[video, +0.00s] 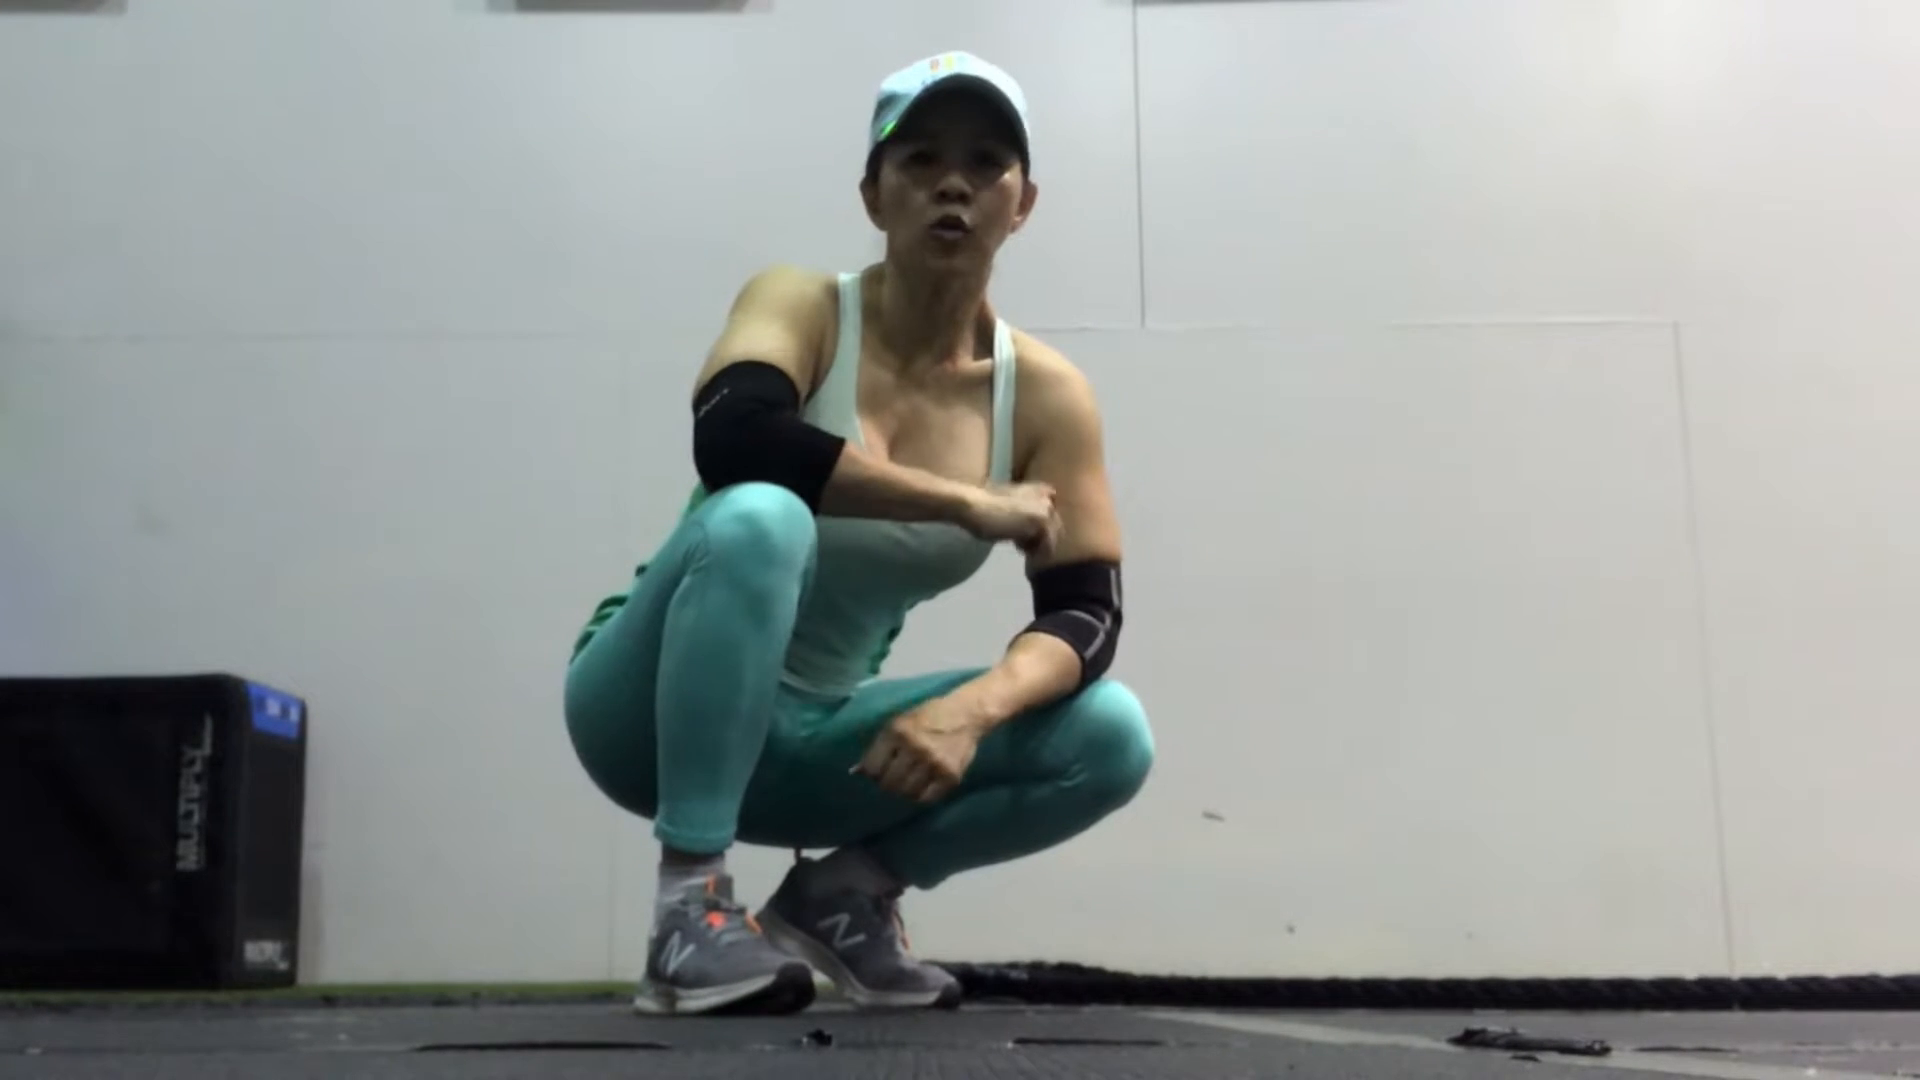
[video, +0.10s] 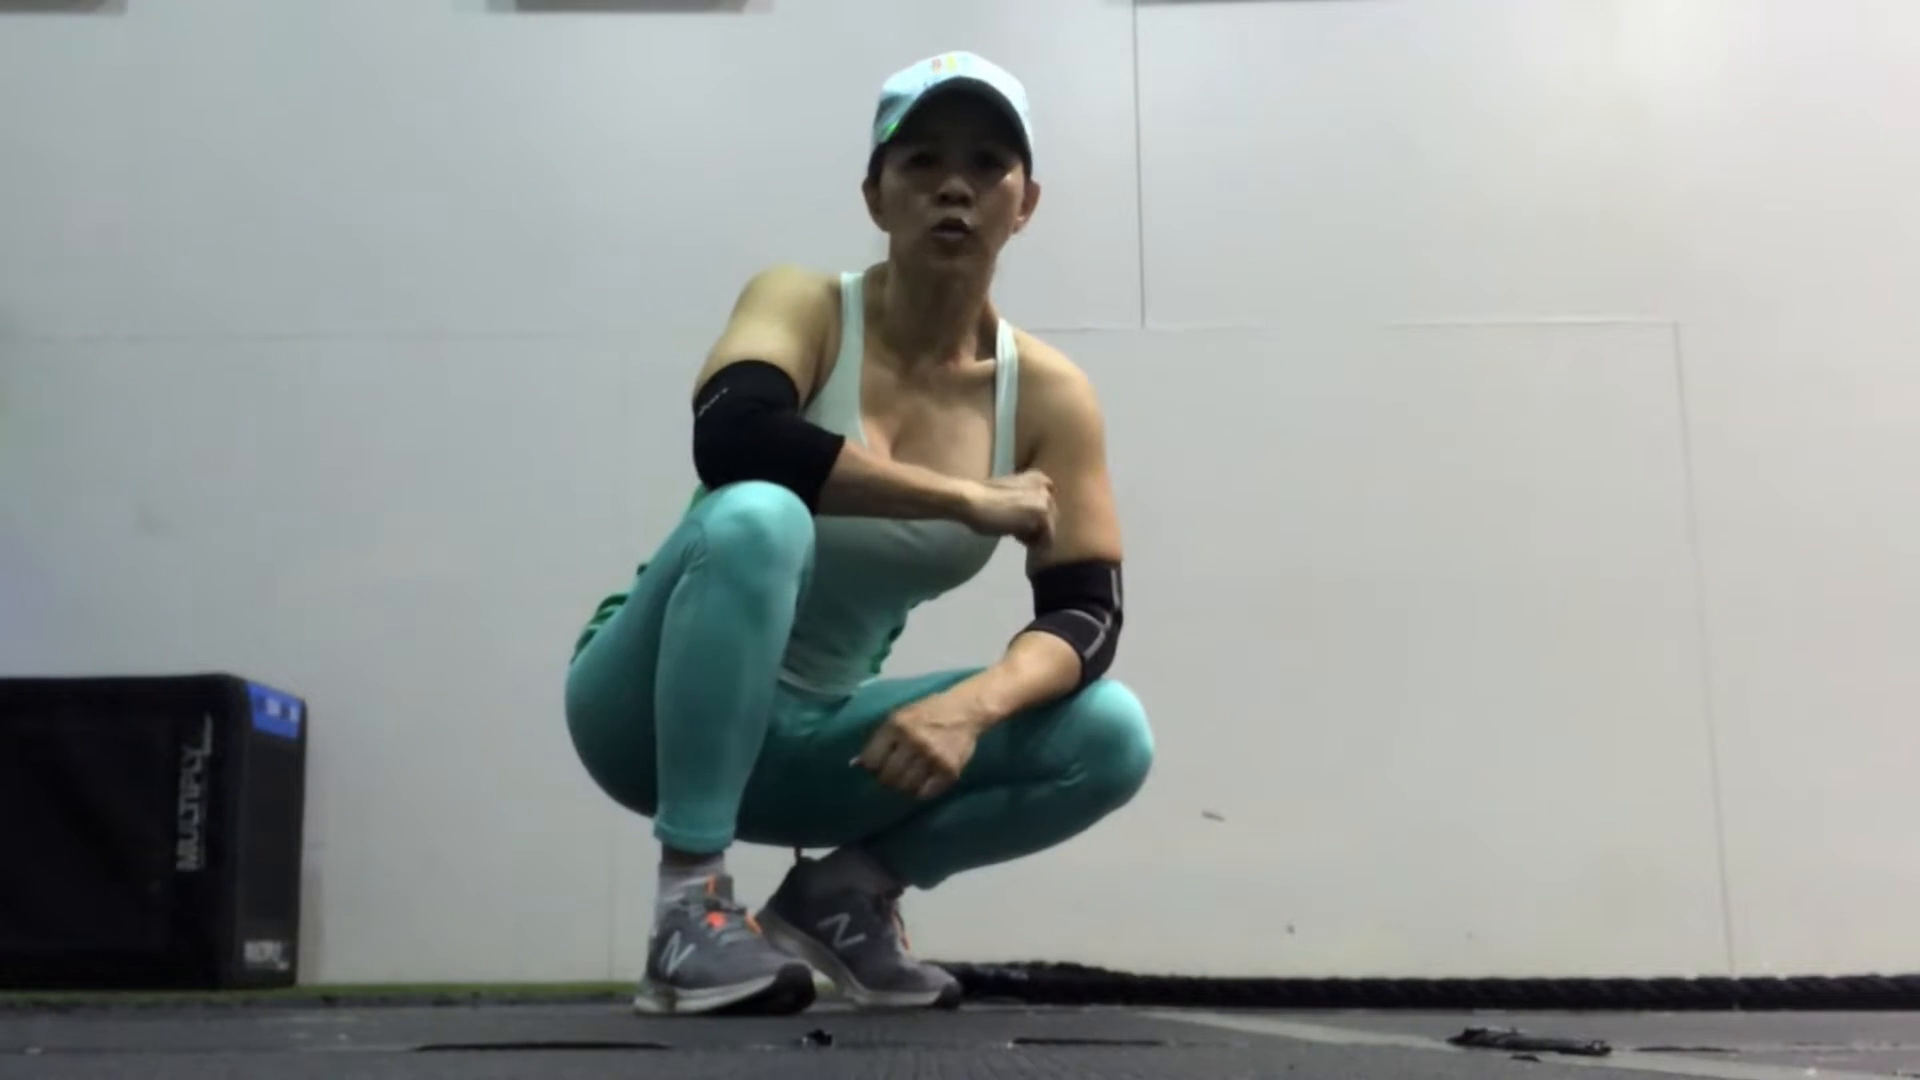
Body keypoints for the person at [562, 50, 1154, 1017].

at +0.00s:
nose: (952, 184)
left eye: (983, 162)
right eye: (922, 159)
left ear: (1022, 202)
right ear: (874, 193)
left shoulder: (1043, 394)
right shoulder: (796, 305)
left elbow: (1084, 617)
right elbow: (736, 440)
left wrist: (974, 707)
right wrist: (967, 502)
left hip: (818, 743)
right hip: (655, 709)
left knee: (1108, 737)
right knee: (759, 521)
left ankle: (841, 893)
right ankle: (692, 909)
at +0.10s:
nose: (953, 185)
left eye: (985, 163)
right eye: (923, 161)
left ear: (1025, 202)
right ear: (877, 195)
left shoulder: (1046, 395)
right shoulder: (799, 305)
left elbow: (1084, 617)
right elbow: (736, 439)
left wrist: (972, 705)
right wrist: (968, 499)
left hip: (820, 743)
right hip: (657, 709)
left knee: (1107, 737)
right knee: (758, 520)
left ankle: (841, 893)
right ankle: (692, 908)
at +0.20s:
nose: (956, 189)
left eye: (988, 167)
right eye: (926, 163)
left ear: (1028, 204)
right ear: (879, 195)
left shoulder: (1046, 395)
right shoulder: (801, 306)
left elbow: (1085, 618)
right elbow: (734, 438)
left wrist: (973, 705)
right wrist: (964, 494)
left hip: (822, 745)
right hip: (658, 710)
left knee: (1108, 738)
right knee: (760, 520)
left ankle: (841, 894)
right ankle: (692, 909)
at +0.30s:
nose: (957, 192)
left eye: (988, 169)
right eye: (926, 165)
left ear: (1029, 204)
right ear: (880, 194)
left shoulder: (1047, 396)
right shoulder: (802, 307)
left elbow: (1086, 619)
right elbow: (734, 438)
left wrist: (970, 707)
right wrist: (962, 497)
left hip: (822, 746)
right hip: (659, 711)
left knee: (1109, 739)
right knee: (760, 519)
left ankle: (841, 894)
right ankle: (692, 909)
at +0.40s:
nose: (955, 193)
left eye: (988, 169)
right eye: (926, 165)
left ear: (1029, 205)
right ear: (880, 193)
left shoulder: (1048, 397)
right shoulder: (802, 307)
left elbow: (1087, 619)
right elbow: (732, 436)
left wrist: (972, 706)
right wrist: (960, 497)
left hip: (824, 746)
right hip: (661, 711)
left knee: (1109, 740)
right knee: (758, 519)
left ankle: (841, 894)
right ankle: (692, 910)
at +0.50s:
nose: (956, 192)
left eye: (988, 169)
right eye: (926, 165)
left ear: (1029, 205)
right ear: (880, 193)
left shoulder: (1048, 396)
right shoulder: (801, 307)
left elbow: (1088, 619)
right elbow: (732, 437)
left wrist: (973, 707)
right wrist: (961, 496)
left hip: (824, 746)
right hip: (661, 711)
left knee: (1110, 740)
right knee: (758, 519)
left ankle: (841, 894)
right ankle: (691, 910)